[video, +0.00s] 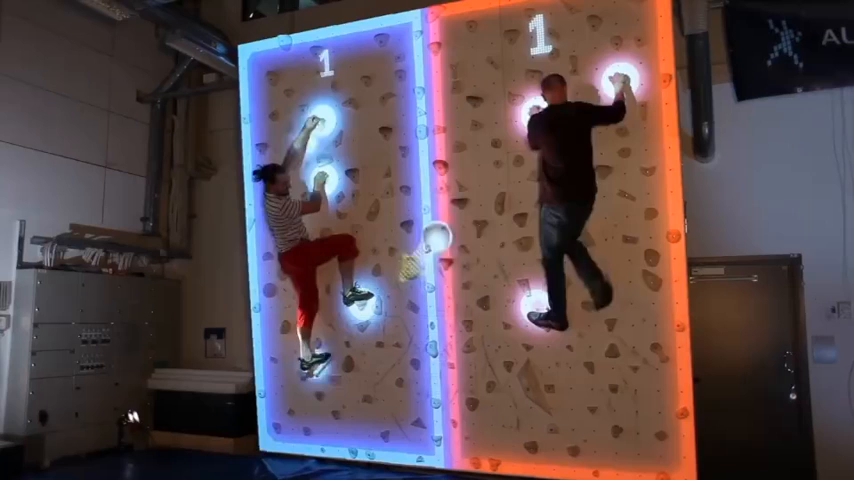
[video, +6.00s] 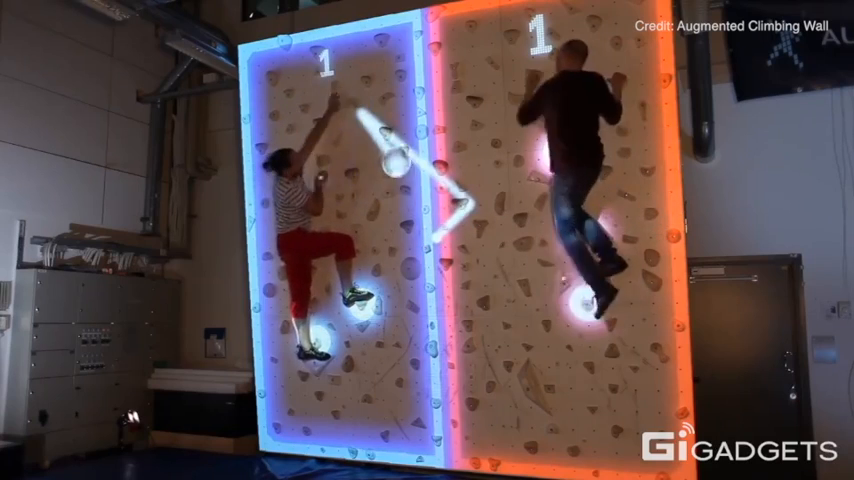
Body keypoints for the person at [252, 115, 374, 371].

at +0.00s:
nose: (287, 184)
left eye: (286, 180)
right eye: (283, 182)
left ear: (279, 181)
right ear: (273, 186)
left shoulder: (271, 195)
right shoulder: (282, 205)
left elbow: (292, 159)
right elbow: (316, 206)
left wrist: (307, 130)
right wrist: (319, 186)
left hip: (289, 258)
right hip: (300, 253)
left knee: (308, 303)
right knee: (346, 243)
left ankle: (306, 358)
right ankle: (349, 290)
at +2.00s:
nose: (288, 184)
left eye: (286, 180)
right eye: (283, 181)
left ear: (276, 185)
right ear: (272, 186)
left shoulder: (272, 203)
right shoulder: (280, 208)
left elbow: (293, 164)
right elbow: (313, 208)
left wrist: (310, 132)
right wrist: (319, 188)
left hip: (290, 262)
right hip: (298, 258)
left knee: (323, 303)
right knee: (341, 244)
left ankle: (308, 350)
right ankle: (349, 291)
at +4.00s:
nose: (282, 178)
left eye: (281, 174)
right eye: (278, 175)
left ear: (264, 179)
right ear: (267, 180)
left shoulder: (258, 196)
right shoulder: (274, 201)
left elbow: (277, 171)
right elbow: (310, 207)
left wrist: (293, 156)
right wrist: (319, 186)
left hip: (285, 256)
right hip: (294, 252)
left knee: (312, 299)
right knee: (339, 243)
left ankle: (306, 350)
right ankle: (348, 291)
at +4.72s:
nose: (284, 178)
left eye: (281, 175)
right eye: (280, 176)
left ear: (268, 183)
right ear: (269, 183)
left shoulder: (268, 194)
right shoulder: (278, 205)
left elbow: (298, 167)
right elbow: (311, 208)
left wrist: (330, 171)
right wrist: (320, 182)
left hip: (285, 256)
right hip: (293, 253)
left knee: (311, 301)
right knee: (338, 244)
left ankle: (306, 351)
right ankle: (348, 293)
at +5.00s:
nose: (299, 174)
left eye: (297, 171)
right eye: (295, 173)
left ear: (284, 180)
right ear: (284, 180)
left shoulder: (290, 188)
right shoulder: (286, 199)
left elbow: (323, 170)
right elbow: (315, 207)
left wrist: (359, 165)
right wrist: (319, 184)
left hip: (286, 249)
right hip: (292, 248)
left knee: (301, 299)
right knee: (337, 243)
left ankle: (304, 351)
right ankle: (348, 292)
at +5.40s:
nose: (306, 164)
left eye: (304, 162)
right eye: (302, 164)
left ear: (290, 171)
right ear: (294, 171)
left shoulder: (290, 183)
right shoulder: (293, 193)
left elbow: (318, 152)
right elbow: (322, 209)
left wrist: (342, 127)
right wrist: (321, 185)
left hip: (290, 246)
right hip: (300, 243)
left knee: (303, 296)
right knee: (345, 242)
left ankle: (305, 350)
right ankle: (348, 292)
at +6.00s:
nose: (300, 160)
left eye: (297, 158)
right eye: (296, 159)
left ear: (285, 169)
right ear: (288, 169)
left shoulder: (285, 177)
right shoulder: (292, 189)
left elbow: (310, 144)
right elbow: (316, 209)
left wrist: (329, 112)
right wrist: (319, 185)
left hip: (287, 243)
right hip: (297, 240)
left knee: (300, 294)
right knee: (343, 242)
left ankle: (305, 347)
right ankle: (348, 292)